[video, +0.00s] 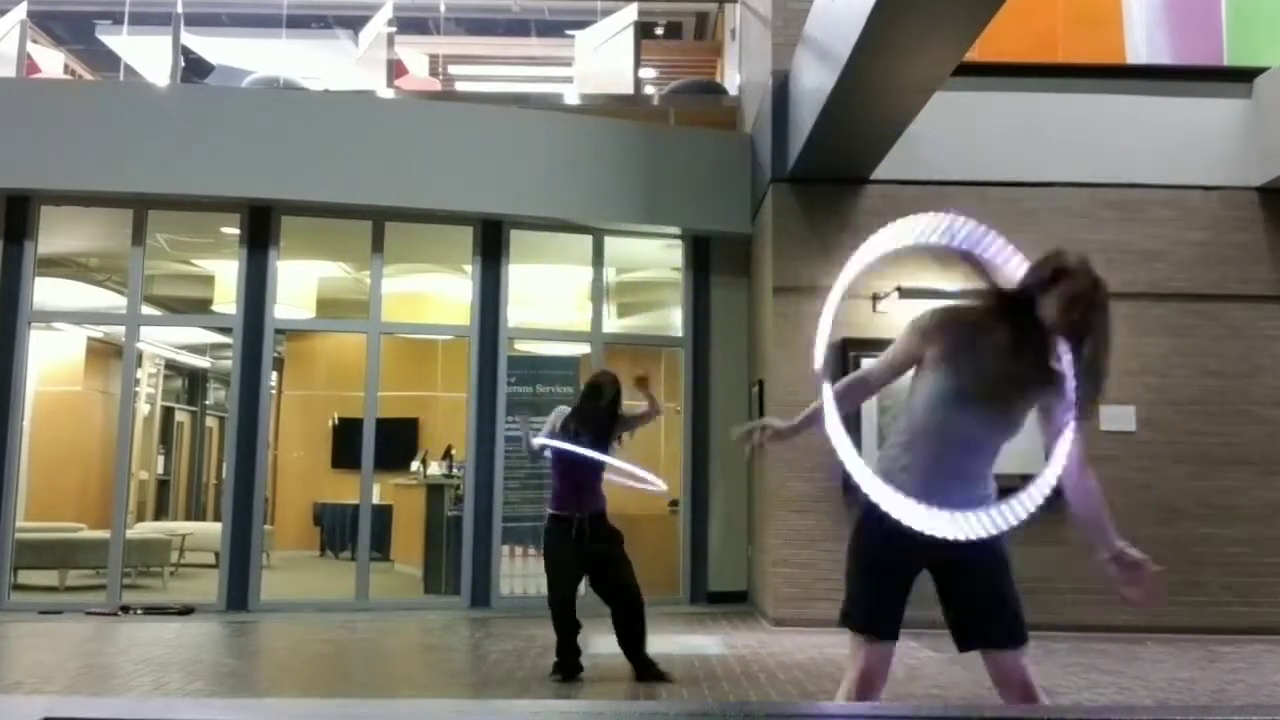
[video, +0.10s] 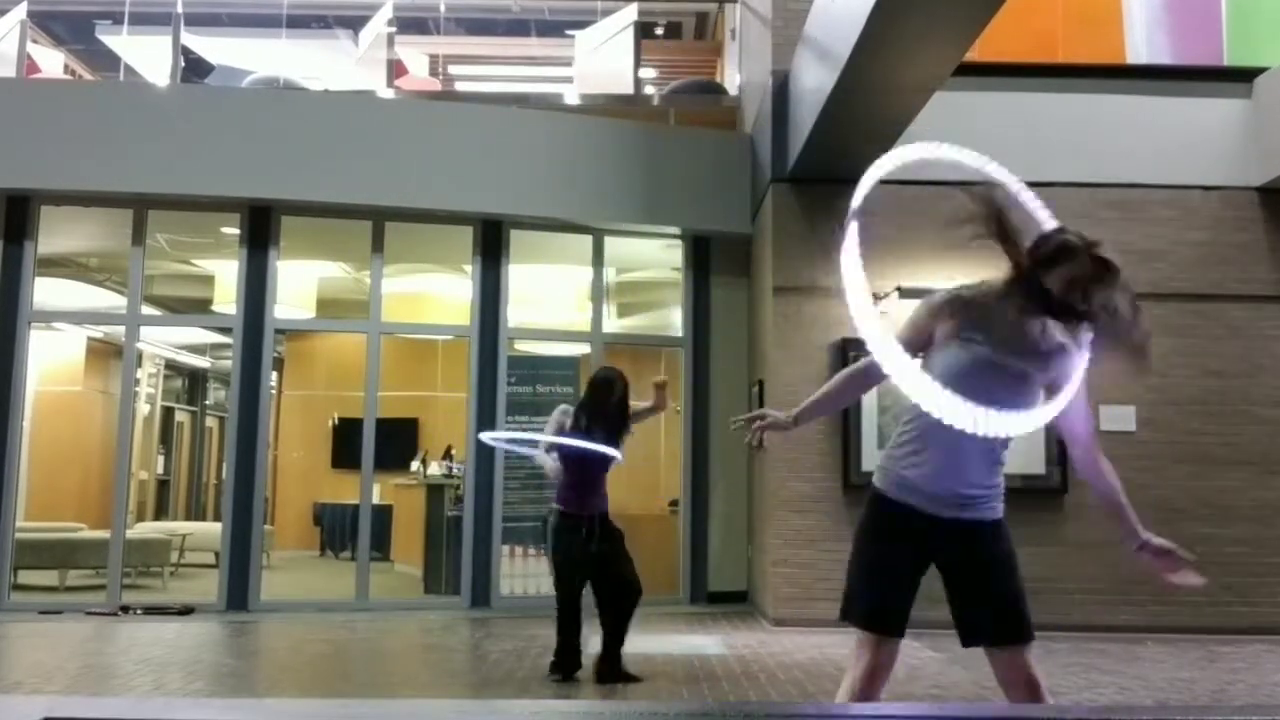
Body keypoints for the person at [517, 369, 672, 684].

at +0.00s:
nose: (603, 404)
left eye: (609, 399)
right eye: (600, 396)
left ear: (614, 402)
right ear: (590, 395)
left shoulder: (610, 424)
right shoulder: (562, 417)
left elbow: (653, 413)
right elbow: (538, 449)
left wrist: (645, 391)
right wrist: (530, 439)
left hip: (596, 524)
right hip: (561, 524)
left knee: (626, 596)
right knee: (561, 601)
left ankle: (640, 662)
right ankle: (568, 663)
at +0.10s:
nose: (621, 404)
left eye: (622, 399)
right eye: (617, 398)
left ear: (621, 401)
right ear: (603, 396)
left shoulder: (615, 420)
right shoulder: (565, 416)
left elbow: (657, 408)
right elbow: (542, 451)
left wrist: (659, 390)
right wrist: (551, 464)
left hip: (599, 521)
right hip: (567, 520)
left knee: (626, 590)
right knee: (568, 597)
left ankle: (610, 664)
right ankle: (565, 662)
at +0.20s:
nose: (628, 396)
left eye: (629, 391)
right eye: (624, 391)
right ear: (608, 393)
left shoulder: (620, 425)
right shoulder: (574, 419)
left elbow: (645, 410)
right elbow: (557, 464)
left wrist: (639, 410)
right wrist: (575, 496)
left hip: (602, 521)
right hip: (576, 520)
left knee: (625, 590)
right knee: (591, 594)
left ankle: (595, 666)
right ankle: (555, 654)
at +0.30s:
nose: (633, 401)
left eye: (633, 394)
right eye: (628, 394)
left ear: (604, 393)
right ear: (614, 395)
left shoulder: (613, 427)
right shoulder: (588, 423)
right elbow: (578, 477)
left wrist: (632, 430)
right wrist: (609, 511)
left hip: (604, 518)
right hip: (585, 518)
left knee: (626, 592)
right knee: (608, 594)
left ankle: (598, 667)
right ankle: (556, 642)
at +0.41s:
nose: (635, 396)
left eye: (634, 389)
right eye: (632, 389)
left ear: (599, 387)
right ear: (623, 390)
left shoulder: (588, 417)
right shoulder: (609, 416)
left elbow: (589, 471)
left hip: (584, 517)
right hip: (601, 517)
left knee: (607, 592)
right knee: (638, 587)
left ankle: (598, 663)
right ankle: (597, 656)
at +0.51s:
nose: (632, 390)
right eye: (630, 385)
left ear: (594, 384)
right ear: (625, 385)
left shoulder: (579, 414)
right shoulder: (624, 406)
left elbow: (575, 464)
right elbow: (627, 452)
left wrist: (582, 499)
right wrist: (650, 484)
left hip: (585, 516)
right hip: (617, 516)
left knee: (598, 592)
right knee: (637, 588)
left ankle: (594, 667)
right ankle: (634, 663)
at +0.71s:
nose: (586, 383)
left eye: (587, 377)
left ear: (590, 378)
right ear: (622, 376)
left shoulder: (587, 410)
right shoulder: (637, 405)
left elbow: (578, 455)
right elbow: (660, 446)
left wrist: (571, 490)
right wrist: (655, 482)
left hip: (610, 504)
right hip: (645, 503)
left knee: (596, 582)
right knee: (634, 585)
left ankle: (589, 661)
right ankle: (630, 665)